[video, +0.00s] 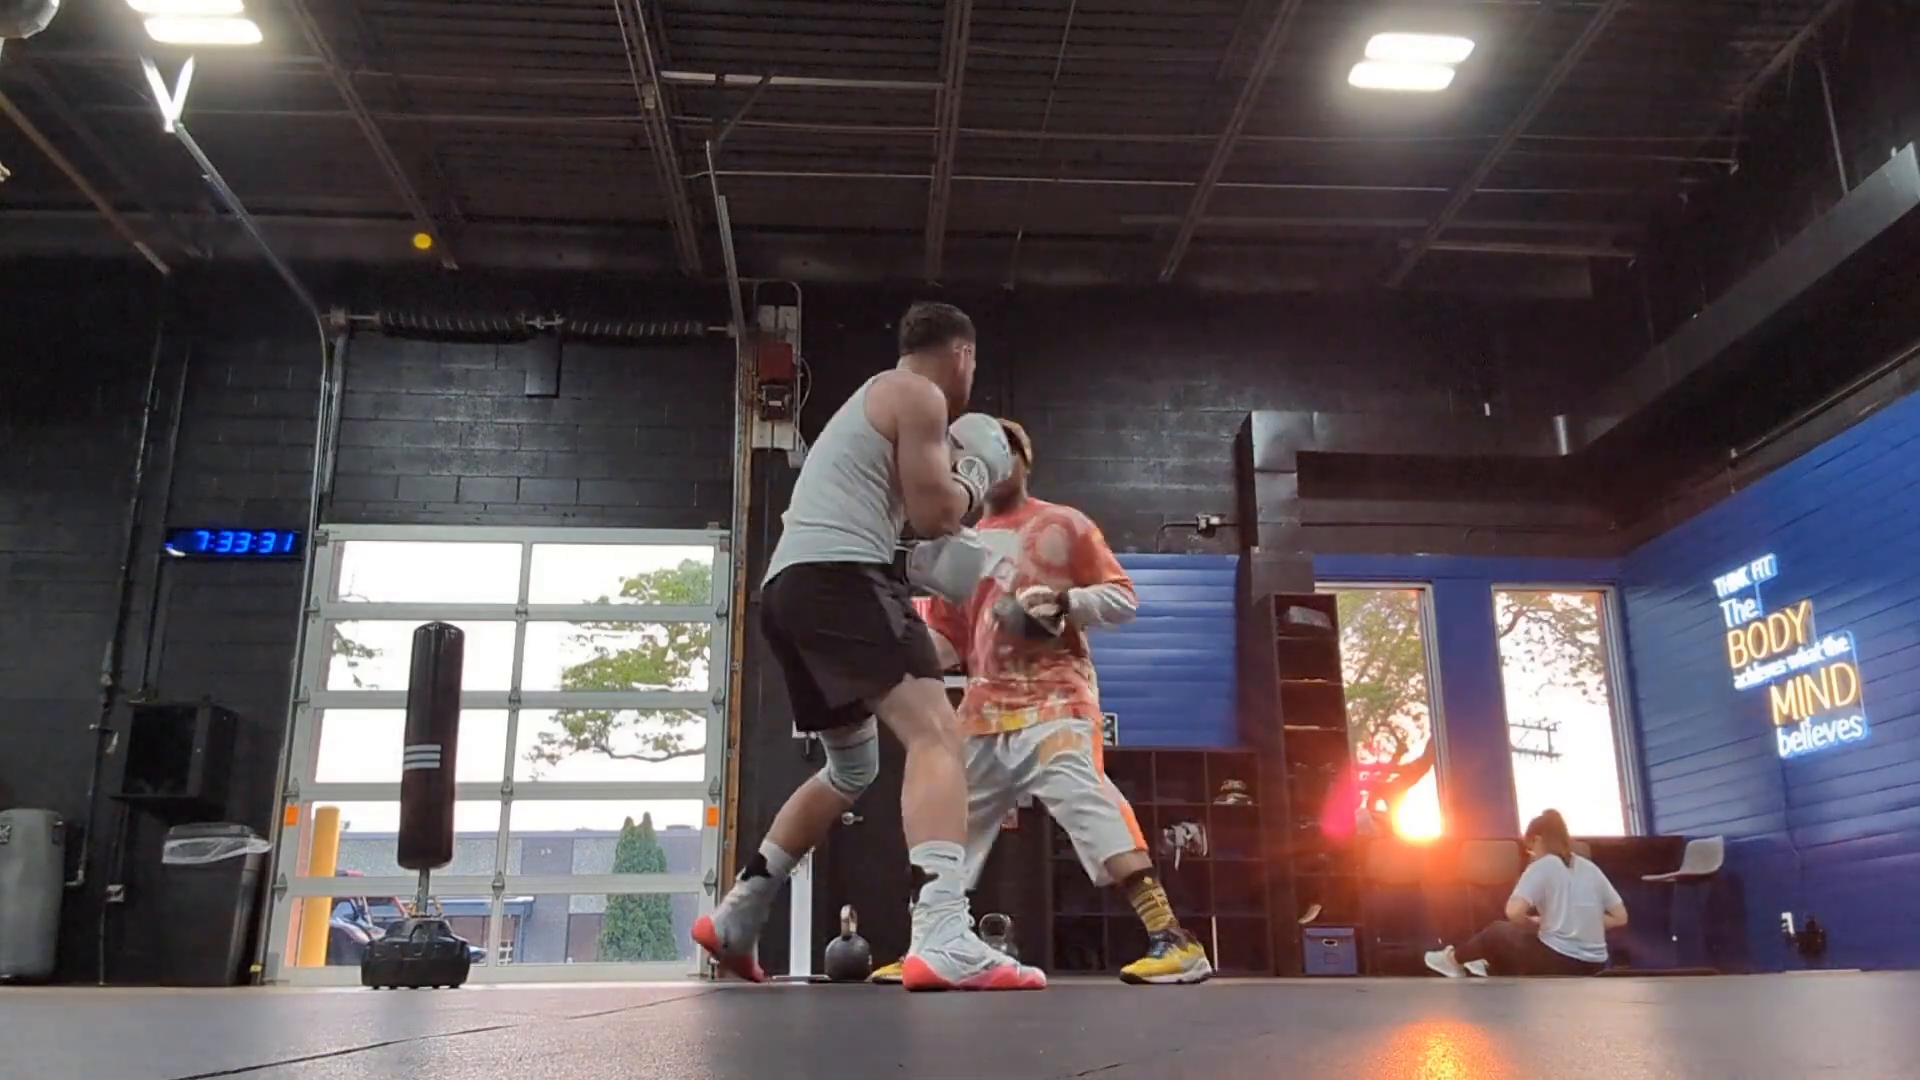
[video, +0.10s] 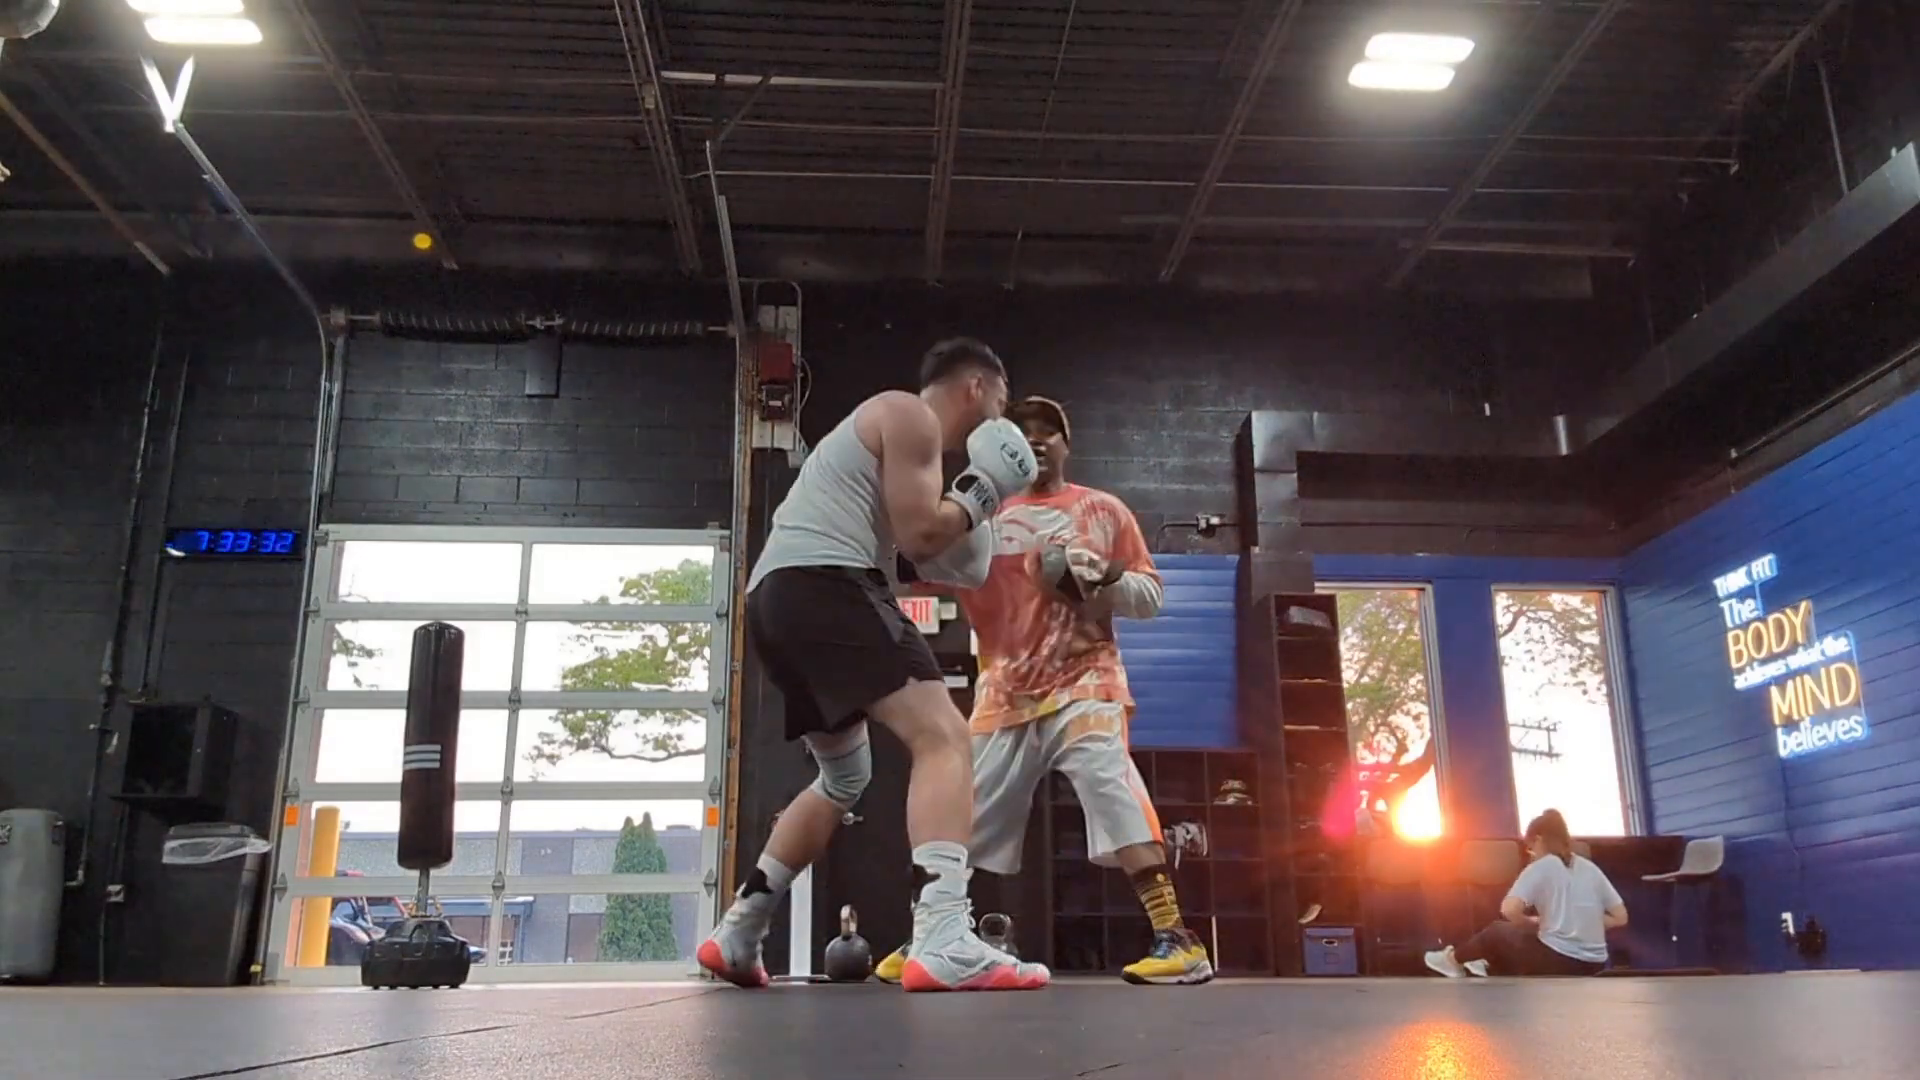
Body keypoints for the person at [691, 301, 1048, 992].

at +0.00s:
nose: (973, 378)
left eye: (974, 365)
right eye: (974, 363)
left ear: (906, 352)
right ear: (960, 356)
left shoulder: (868, 403)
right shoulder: (919, 394)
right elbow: (931, 511)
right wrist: (968, 481)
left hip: (784, 592)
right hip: (839, 578)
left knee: (848, 769)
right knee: (936, 737)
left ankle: (737, 917)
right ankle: (942, 934)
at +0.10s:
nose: (998, 419)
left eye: (1000, 409)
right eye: (998, 404)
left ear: (952, 383)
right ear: (976, 384)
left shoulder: (873, 430)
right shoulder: (906, 413)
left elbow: (876, 551)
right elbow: (919, 532)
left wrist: (938, 561)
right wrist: (986, 483)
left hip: (774, 598)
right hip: (828, 586)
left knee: (841, 779)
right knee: (944, 739)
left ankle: (739, 933)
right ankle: (943, 936)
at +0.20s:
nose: (982, 509)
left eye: (992, 500)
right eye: (993, 493)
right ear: (978, 465)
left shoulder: (861, 477)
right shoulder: (924, 464)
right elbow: (916, 586)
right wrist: (990, 542)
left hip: (751, 624)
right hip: (821, 609)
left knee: (829, 779)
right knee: (969, 745)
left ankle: (725, 934)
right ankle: (948, 935)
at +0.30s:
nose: (957, 562)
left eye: (960, 552)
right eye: (960, 544)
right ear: (949, 514)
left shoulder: (832, 524)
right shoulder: (929, 516)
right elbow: (915, 623)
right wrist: (975, 613)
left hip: (742, 649)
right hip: (830, 629)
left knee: (804, 785)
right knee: (986, 767)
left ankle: (714, 944)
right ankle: (951, 935)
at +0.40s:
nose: (911, 534)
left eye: (910, 527)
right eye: (909, 524)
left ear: (848, 495)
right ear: (899, 505)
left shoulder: (775, 516)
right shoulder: (902, 520)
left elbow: (752, 598)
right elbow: (906, 627)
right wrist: (927, 624)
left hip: (738, 655)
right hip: (829, 637)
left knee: (787, 783)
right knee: (969, 775)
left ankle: (715, 945)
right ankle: (955, 929)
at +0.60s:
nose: (877, 433)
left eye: (877, 425)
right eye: (874, 421)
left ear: (817, 406)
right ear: (858, 408)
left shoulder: (762, 456)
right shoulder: (842, 426)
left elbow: (747, 547)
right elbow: (913, 518)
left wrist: (813, 585)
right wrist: (923, 468)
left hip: (699, 613)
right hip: (754, 591)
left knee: (797, 777)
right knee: (848, 744)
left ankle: (728, 934)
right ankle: (775, 915)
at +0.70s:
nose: (855, 388)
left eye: (857, 377)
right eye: (855, 375)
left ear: (804, 358)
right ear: (839, 363)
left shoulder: (785, 421)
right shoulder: (791, 385)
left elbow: (771, 540)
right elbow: (868, 465)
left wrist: (833, 537)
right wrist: (884, 408)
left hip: (766, 592)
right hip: (733, 583)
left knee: (815, 762)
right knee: (786, 749)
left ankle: (716, 914)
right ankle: (616, 891)